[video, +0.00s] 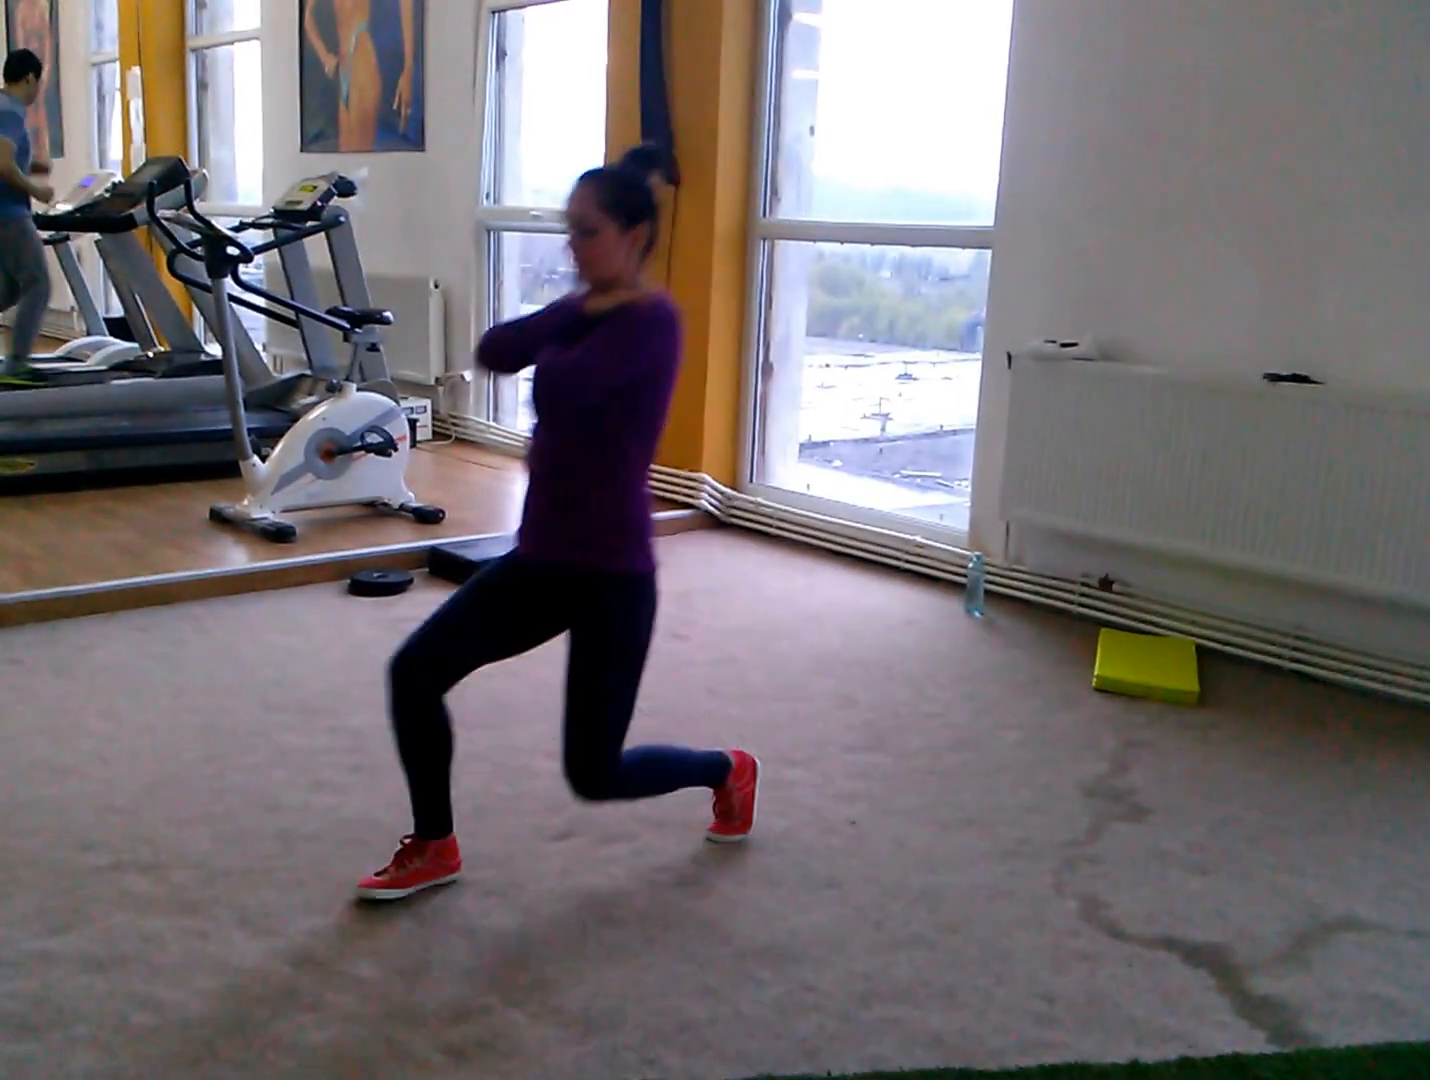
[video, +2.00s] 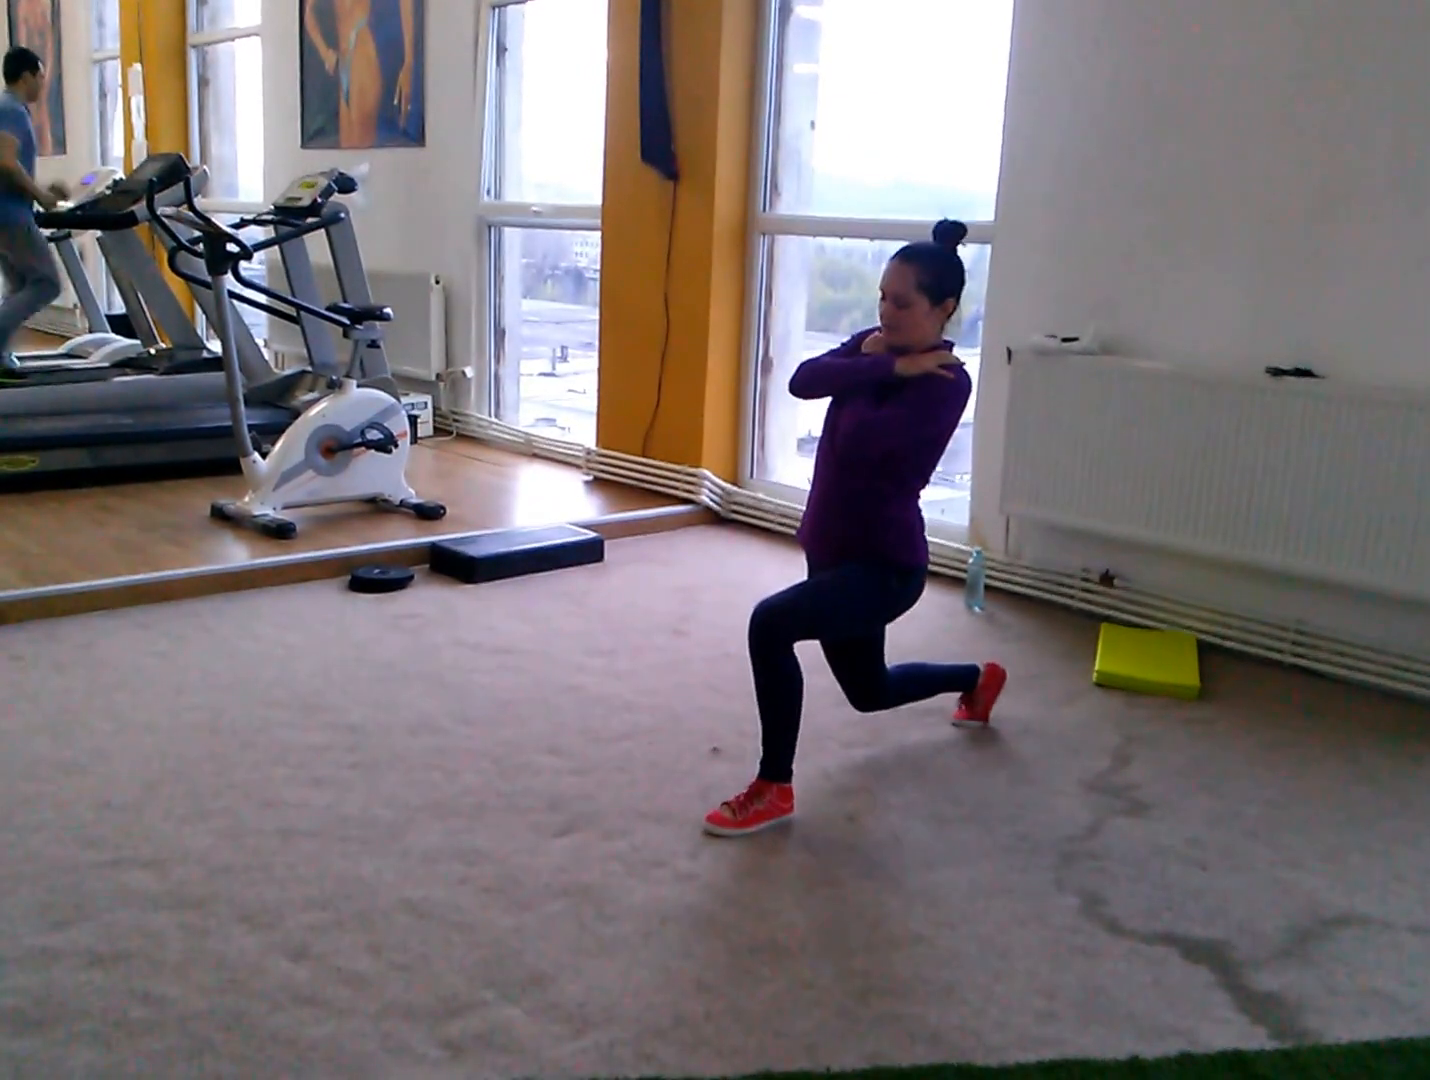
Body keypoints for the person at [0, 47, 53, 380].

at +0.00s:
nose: (39, 89)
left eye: (39, 82)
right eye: (38, 82)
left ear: (11, 78)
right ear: (28, 79)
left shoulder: (9, 110)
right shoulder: (11, 114)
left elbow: (8, 156)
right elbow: (6, 163)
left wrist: (30, 164)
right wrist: (33, 188)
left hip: (10, 213)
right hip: (11, 214)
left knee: (13, 286)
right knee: (38, 283)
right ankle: (17, 361)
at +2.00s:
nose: (44, 83)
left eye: (43, 76)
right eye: (41, 76)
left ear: (16, 78)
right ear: (27, 76)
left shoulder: (11, 110)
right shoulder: (13, 111)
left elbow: (13, 169)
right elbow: (8, 162)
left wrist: (48, 189)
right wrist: (44, 196)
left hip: (10, 214)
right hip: (11, 215)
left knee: (19, 286)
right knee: (46, 283)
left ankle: (4, 352)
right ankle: (1, 339)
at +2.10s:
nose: (44, 73)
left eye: (44, 66)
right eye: (41, 66)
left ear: (21, 66)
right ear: (26, 66)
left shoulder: (16, 101)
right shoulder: (9, 100)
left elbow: (21, 158)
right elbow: (1, 148)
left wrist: (57, 158)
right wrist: (28, 176)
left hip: (13, 203)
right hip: (11, 204)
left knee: (2, 275)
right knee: (52, 267)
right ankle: (36, 352)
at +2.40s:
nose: (47, 80)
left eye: (45, 73)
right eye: (44, 73)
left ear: (22, 74)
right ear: (31, 73)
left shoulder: (18, 109)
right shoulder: (16, 112)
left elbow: (17, 164)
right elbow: (17, 162)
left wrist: (40, 188)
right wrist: (51, 186)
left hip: (18, 214)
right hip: (11, 216)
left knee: (47, 279)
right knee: (27, 286)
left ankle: (4, 345)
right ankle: (3, 352)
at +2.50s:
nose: (47, 72)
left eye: (47, 64)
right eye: (45, 64)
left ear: (20, 65)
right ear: (32, 64)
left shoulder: (11, 95)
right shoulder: (20, 99)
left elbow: (22, 149)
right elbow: (26, 150)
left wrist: (48, 155)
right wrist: (56, 158)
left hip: (16, 210)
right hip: (12, 211)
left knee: (50, 268)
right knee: (1, 285)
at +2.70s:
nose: (47, 79)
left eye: (46, 72)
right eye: (43, 72)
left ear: (21, 74)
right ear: (30, 72)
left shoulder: (14, 106)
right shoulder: (19, 109)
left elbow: (16, 161)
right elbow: (17, 159)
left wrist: (45, 189)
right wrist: (50, 188)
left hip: (17, 210)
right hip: (15, 211)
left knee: (41, 283)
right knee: (43, 283)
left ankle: (25, 357)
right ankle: (23, 358)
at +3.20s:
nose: (59, 77)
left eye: (58, 70)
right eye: (57, 70)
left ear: (31, 70)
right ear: (44, 69)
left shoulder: (13, 102)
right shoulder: (29, 106)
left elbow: (25, 164)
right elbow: (32, 161)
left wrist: (62, 177)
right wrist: (71, 178)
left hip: (25, 210)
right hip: (20, 211)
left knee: (66, 269)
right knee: (23, 282)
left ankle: (33, 349)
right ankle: (1, 351)